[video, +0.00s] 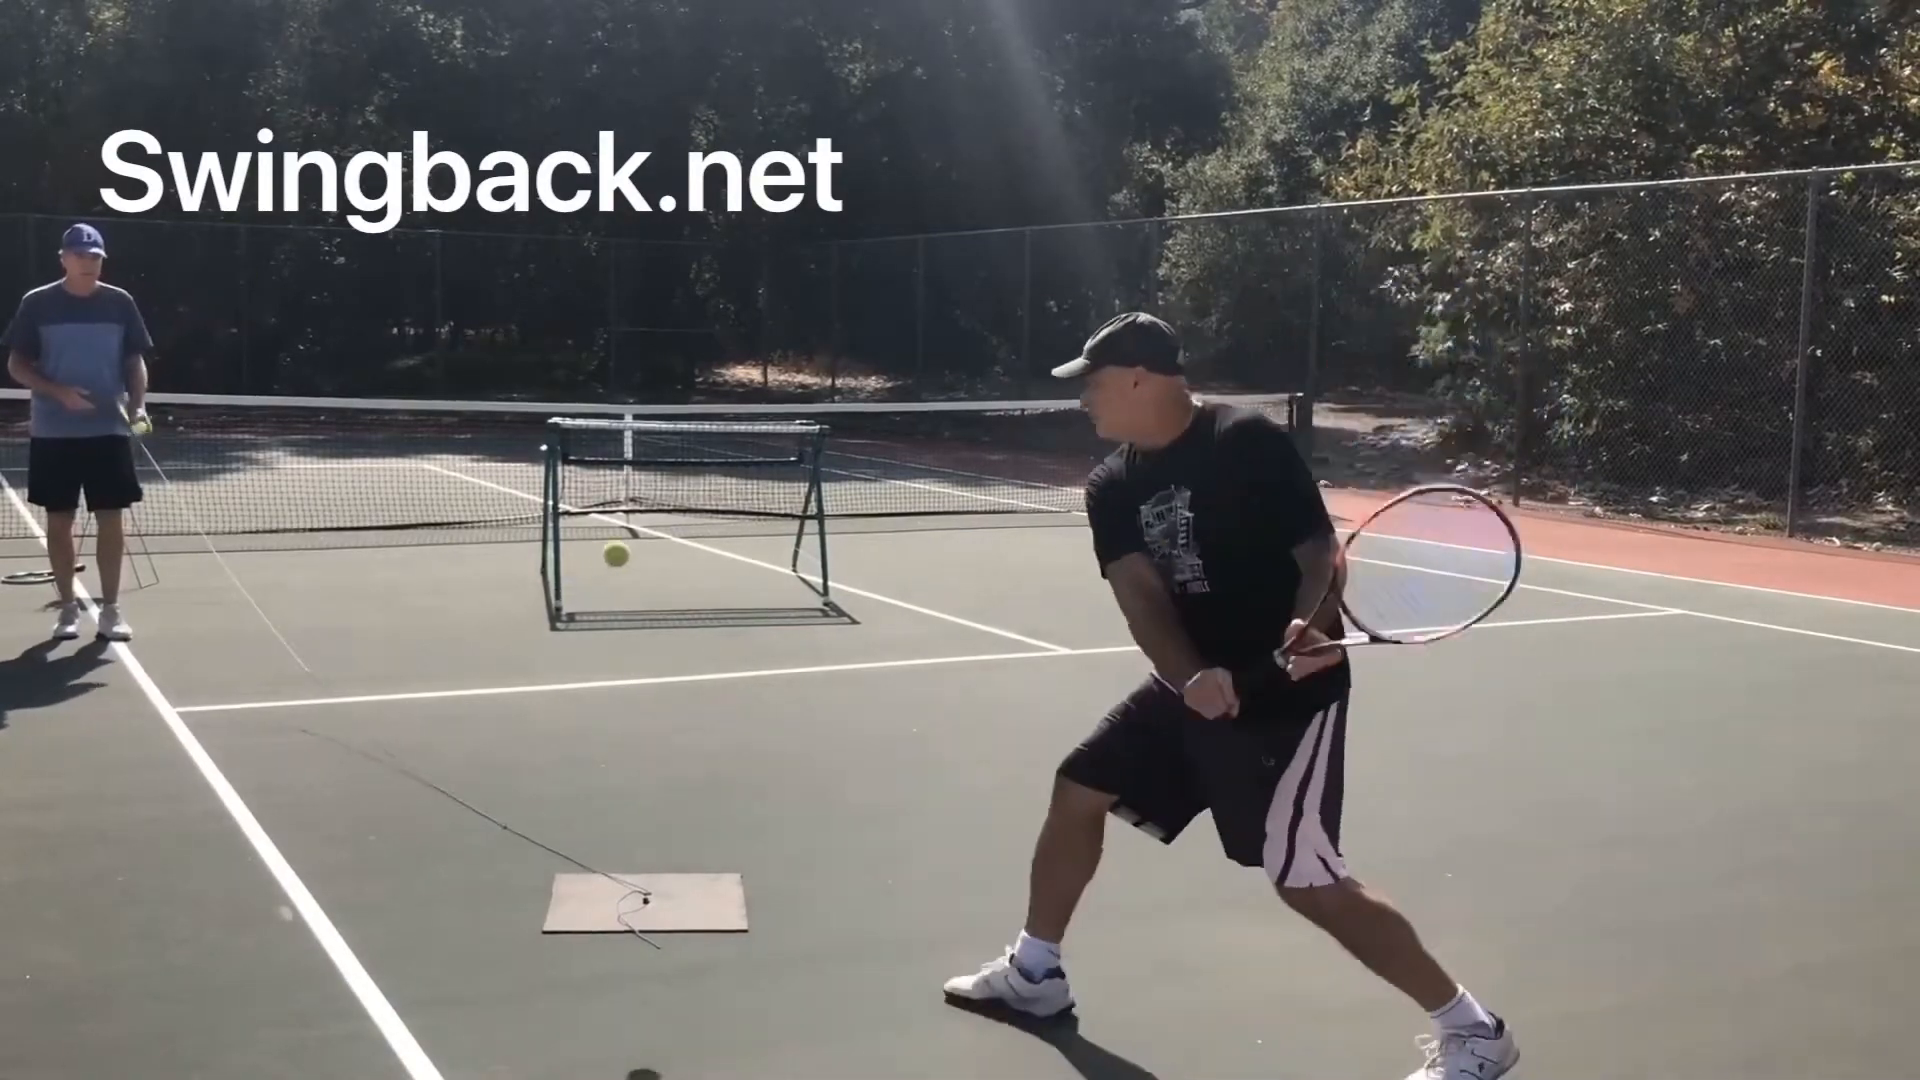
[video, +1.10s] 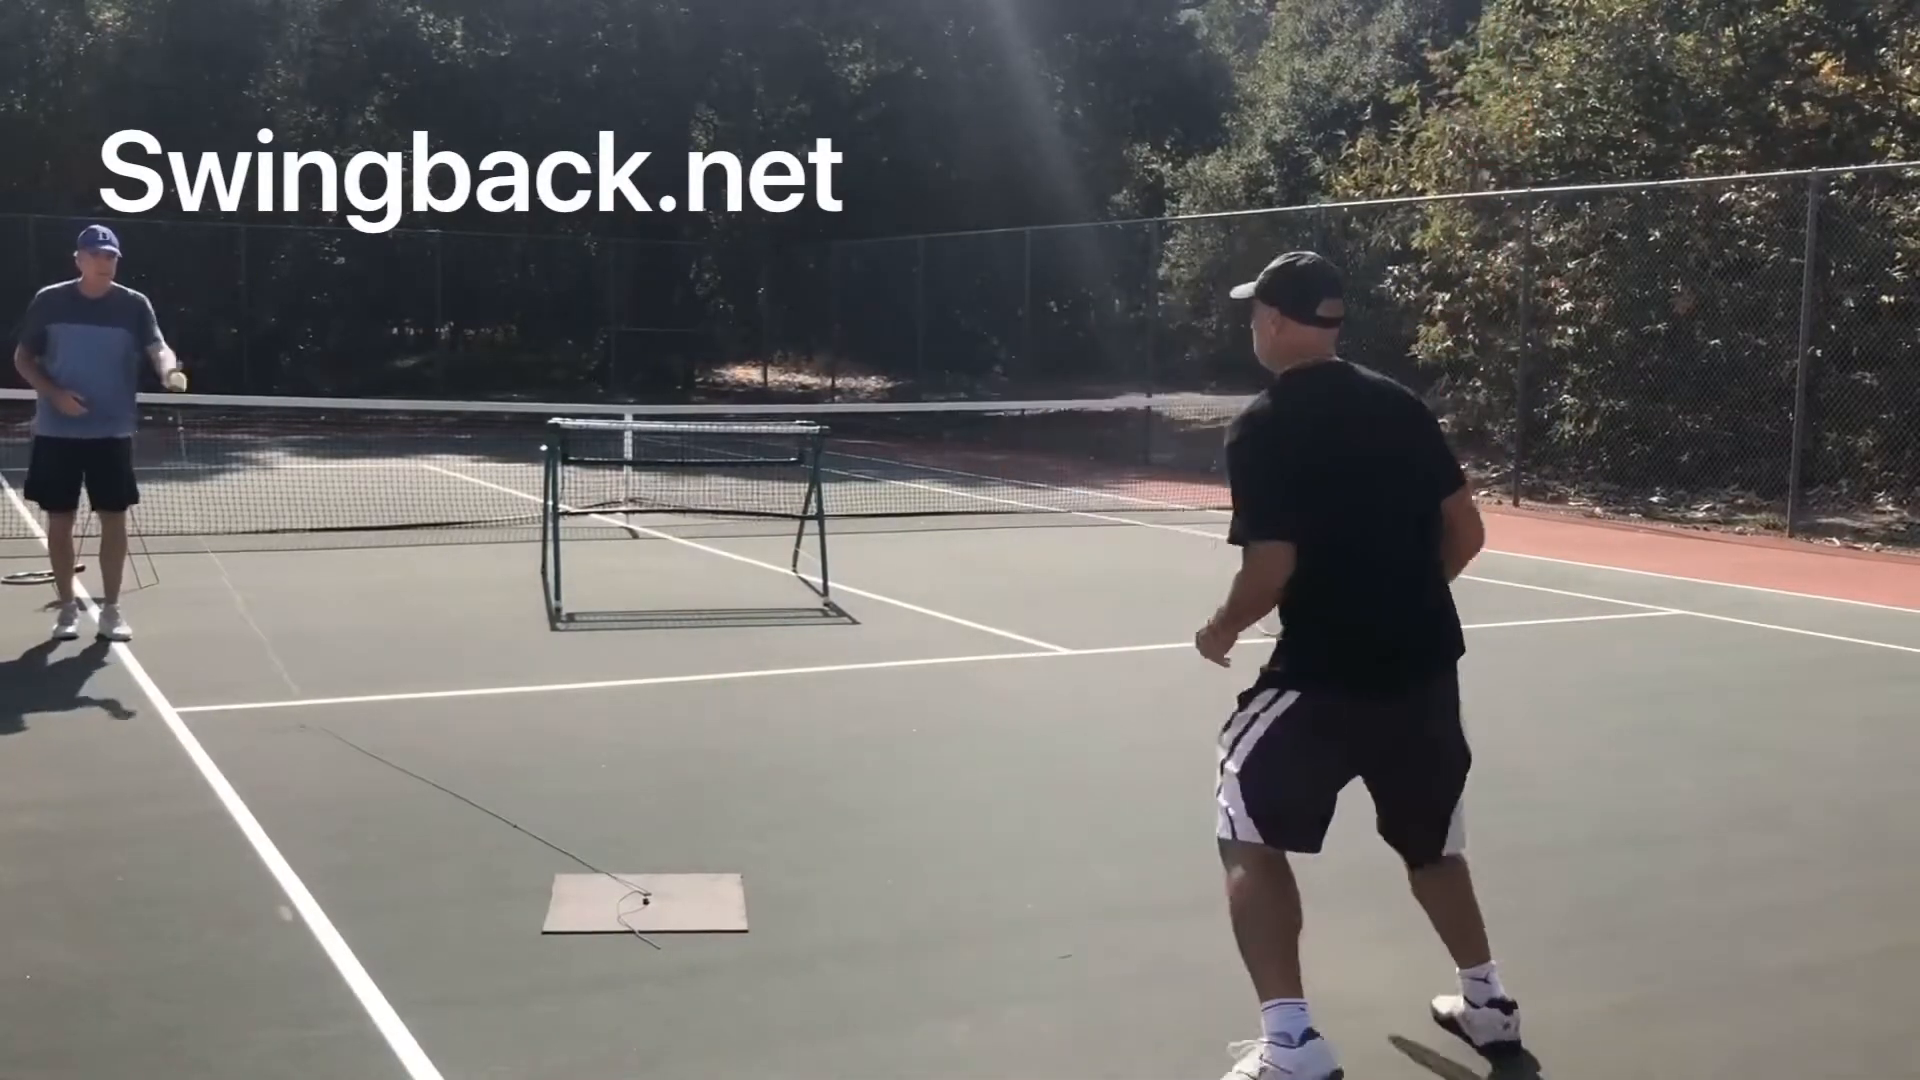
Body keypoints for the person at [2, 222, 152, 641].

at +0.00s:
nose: (87, 265)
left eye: (94, 258)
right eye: (80, 257)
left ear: (103, 260)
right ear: (63, 257)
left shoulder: (120, 302)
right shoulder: (36, 303)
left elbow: (135, 360)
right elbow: (17, 365)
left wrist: (138, 404)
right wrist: (59, 392)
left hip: (108, 433)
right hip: (54, 436)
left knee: (111, 518)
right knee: (59, 520)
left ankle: (110, 609)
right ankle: (68, 608)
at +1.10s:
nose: (103, 263)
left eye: (109, 256)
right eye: (95, 256)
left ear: (117, 260)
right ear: (79, 258)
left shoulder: (135, 304)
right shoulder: (49, 301)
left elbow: (158, 348)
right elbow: (23, 357)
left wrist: (169, 369)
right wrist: (54, 393)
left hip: (112, 435)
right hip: (58, 435)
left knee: (114, 520)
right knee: (60, 520)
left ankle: (110, 609)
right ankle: (68, 607)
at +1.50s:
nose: (114, 254)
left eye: (118, 247)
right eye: (105, 246)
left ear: (126, 254)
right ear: (86, 251)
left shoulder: (137, 293)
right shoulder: (56, 294)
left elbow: (152, 318)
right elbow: (28, 353)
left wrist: (135, 317)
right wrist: (52, 385)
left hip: (114, 426)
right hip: (60, 427)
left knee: (117, 516)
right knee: (54, 514)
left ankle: (113, 608)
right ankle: (48, 606)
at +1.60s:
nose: (108, 256)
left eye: (114, 249)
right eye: (101, 248)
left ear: (122, 256)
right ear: (83, 253)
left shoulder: (134, 297)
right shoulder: (52, 296)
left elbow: (149, 332)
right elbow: (24, 353)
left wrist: (132, 339)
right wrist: (47, 387)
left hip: (112, 430)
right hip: (56, 429)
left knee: (115, 519)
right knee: (48, 516)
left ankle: (112, 610)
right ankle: (34, 608)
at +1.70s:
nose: (103, 260)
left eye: (109, 253)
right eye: (96, 252)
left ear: (115, 258)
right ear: (76, 255)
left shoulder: (130, 301)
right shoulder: (45, 297)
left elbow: (144, 346)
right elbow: (18, 354)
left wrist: (134, 370)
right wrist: (42, 389)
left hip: (107, 432)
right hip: (51, 431)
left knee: (113, 519)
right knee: (40, 517)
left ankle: (112, 609)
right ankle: (19, 609)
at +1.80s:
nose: (93, 264)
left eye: (99, 257)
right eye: (86, 255)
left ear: (105, 260)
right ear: (65, 256)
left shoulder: (119, 304)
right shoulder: (34, 300)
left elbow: (135, 360)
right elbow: (9, 359)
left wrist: (134, 406)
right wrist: (36, 395)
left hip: (102, 434)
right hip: (44, 435)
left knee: (109, 520)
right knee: (32, 521)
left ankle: (112, 609)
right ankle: (10, 612)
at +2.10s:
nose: (60, 266)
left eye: (64, 260)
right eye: (52, 258)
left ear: (70, 262)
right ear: (30, 257)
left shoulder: (81, 302)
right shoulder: (5, 298)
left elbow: (91, 354)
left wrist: (97, 410)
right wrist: (2, 401)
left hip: (68, 435)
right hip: (13, 436)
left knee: (87, 516)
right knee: (9, 524)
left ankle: (106, 607)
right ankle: (9, 615)